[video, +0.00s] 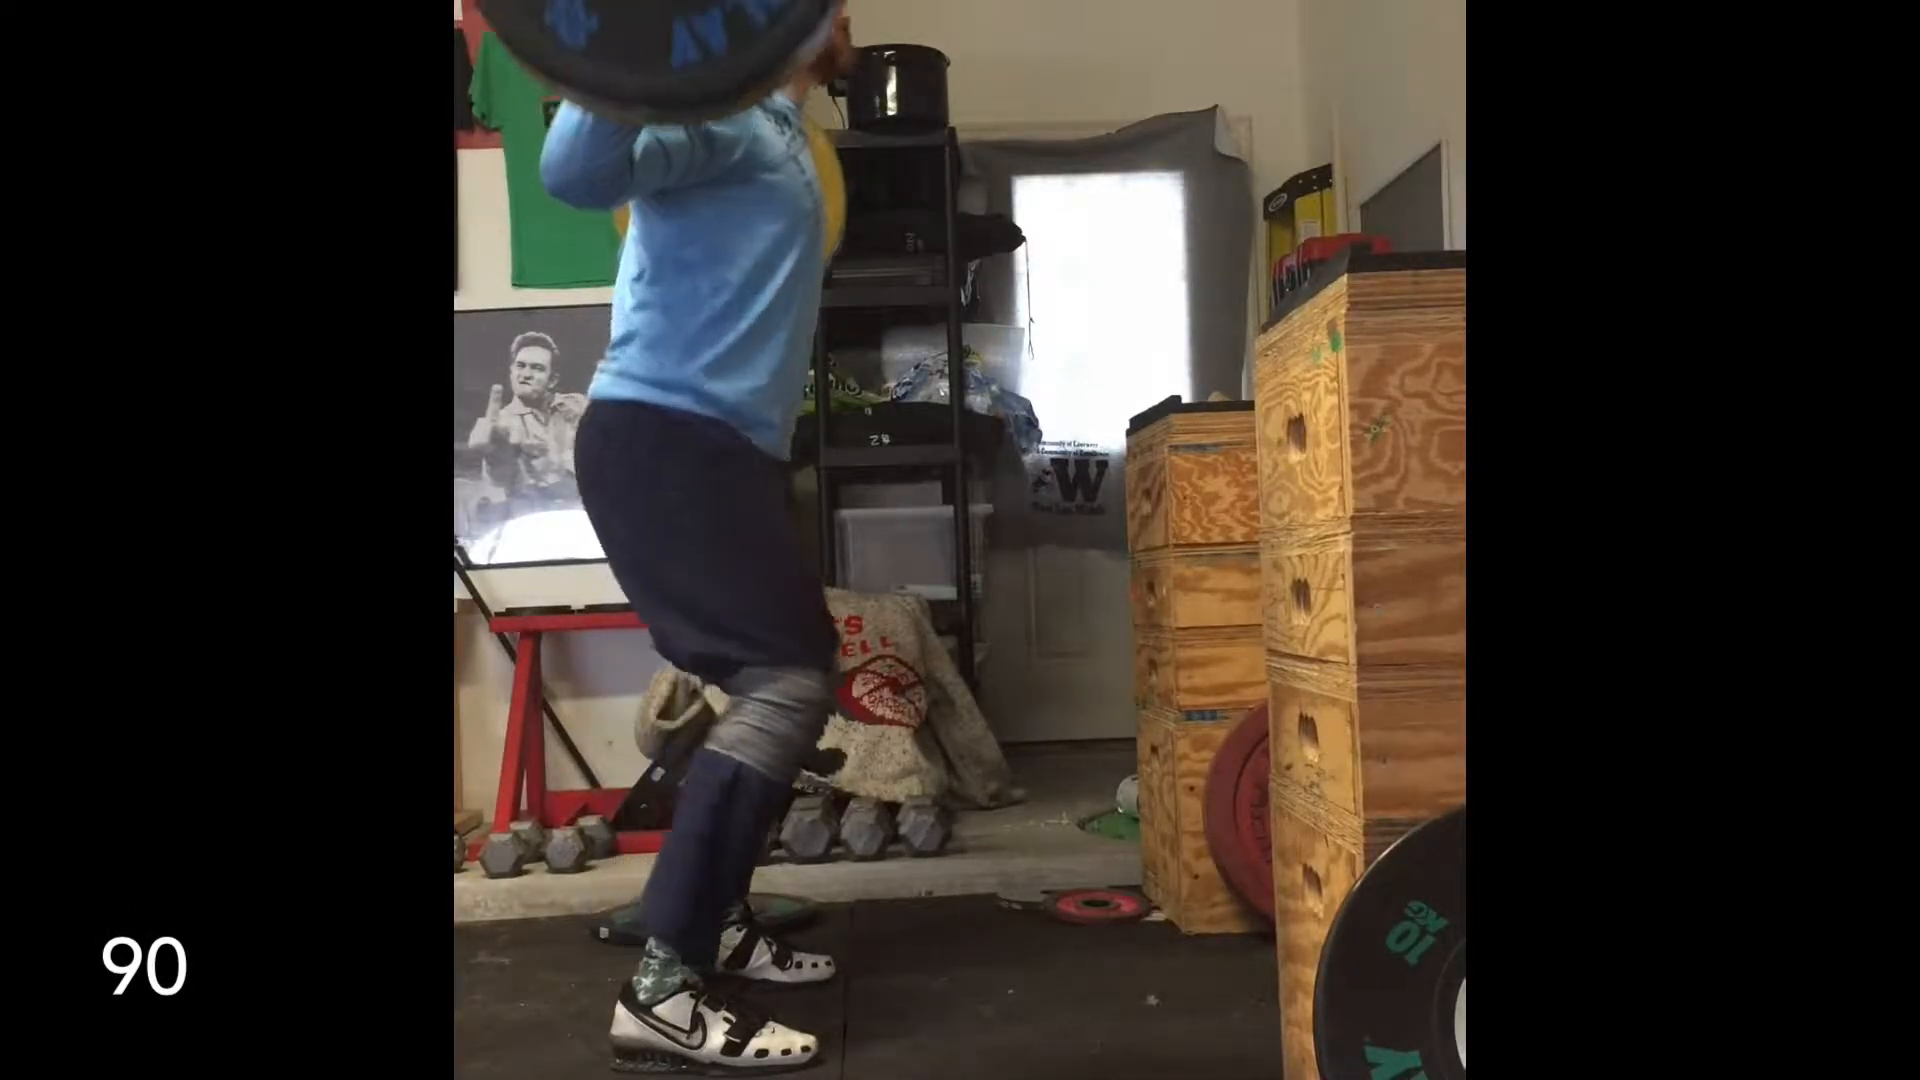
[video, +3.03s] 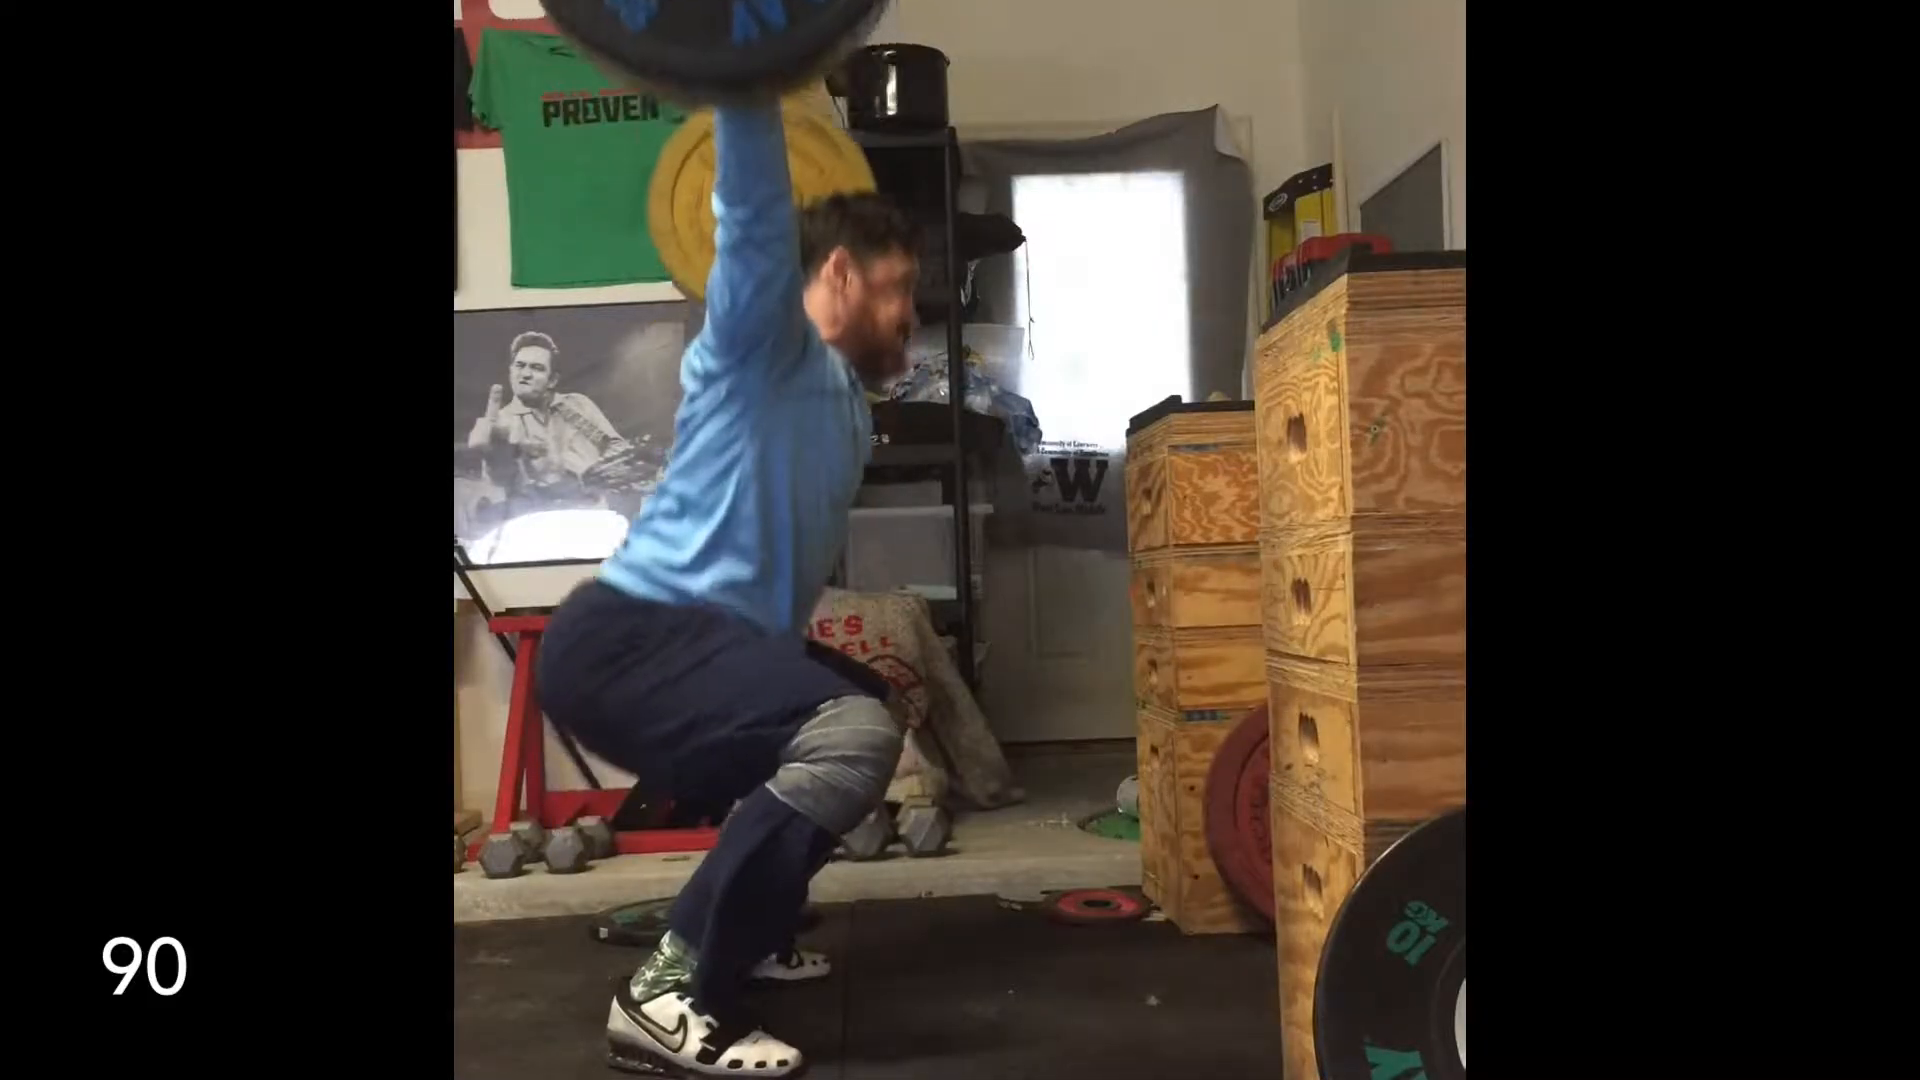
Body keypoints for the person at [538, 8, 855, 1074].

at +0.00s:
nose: (845, 32)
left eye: (842, 18)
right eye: (832, 16)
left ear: (799, 36)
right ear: (788, 24)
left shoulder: (790, 129)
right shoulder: (720, 118)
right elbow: (573, 171)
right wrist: (631, 38)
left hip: (721, 442)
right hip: (665, 436)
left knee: (776, 677)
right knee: (785, 681)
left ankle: (711, 915)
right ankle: (665, 978)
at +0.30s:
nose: (827, 125)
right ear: (755, 114)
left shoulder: (800, 214)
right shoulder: (726, 207)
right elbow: (586, 271)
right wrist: (645, 142)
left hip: (718, 510)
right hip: (673, 509)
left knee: (837, 707)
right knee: (849, 721)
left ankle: (737, 925)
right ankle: (674, 984)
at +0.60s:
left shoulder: (791, 66)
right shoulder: (727, 55)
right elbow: (609, 131)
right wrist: (640, 21)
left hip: (762, 393)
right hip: (701, 387)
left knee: (755, 658)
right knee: (746, 659)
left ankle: (705, 920)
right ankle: (659, 980)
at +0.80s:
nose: (878, 115)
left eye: (879, 94)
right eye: (866, 90)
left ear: (814, 89)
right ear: (805, 80)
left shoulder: (805, 196)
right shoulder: (733, 163)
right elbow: (678, 29)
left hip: (686, 488)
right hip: (631, 488)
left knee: (805, 684)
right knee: (799, 704)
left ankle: (713, 922)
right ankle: (664, 988)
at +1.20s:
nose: (877, 277)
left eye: (879, 257)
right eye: (867, 253)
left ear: (821, 247)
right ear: (804, 237)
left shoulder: (811, 348)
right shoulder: (734, 309)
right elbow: (727, 173)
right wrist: (717, 40)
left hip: (697, 613)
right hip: (614, 611)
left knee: (842, 703)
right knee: (827, 730)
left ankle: (739, 915)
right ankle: (665, 987)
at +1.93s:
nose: (905, 437)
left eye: (905, 417)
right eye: (892, 414)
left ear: (839, 409)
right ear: (832, 404)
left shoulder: (838, 513)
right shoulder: (756, 475)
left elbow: (772, 655)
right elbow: (756, 343)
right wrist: (737, 174)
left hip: (697, 760)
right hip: (615, 777)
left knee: (863, 712)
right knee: (851, 756)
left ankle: (749, 935)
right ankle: (674, 989)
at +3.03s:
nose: (907, 315)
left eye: (912, 294)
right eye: (894, 289)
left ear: (855, 288)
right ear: (833, 279)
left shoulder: (846, 402)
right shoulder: (756, 349)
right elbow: (752, 215)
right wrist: (740, 67)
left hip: (710, 646)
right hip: (626, 636)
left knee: (863, 722)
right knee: (846, 733)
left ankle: (752, 922)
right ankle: (669, 986)